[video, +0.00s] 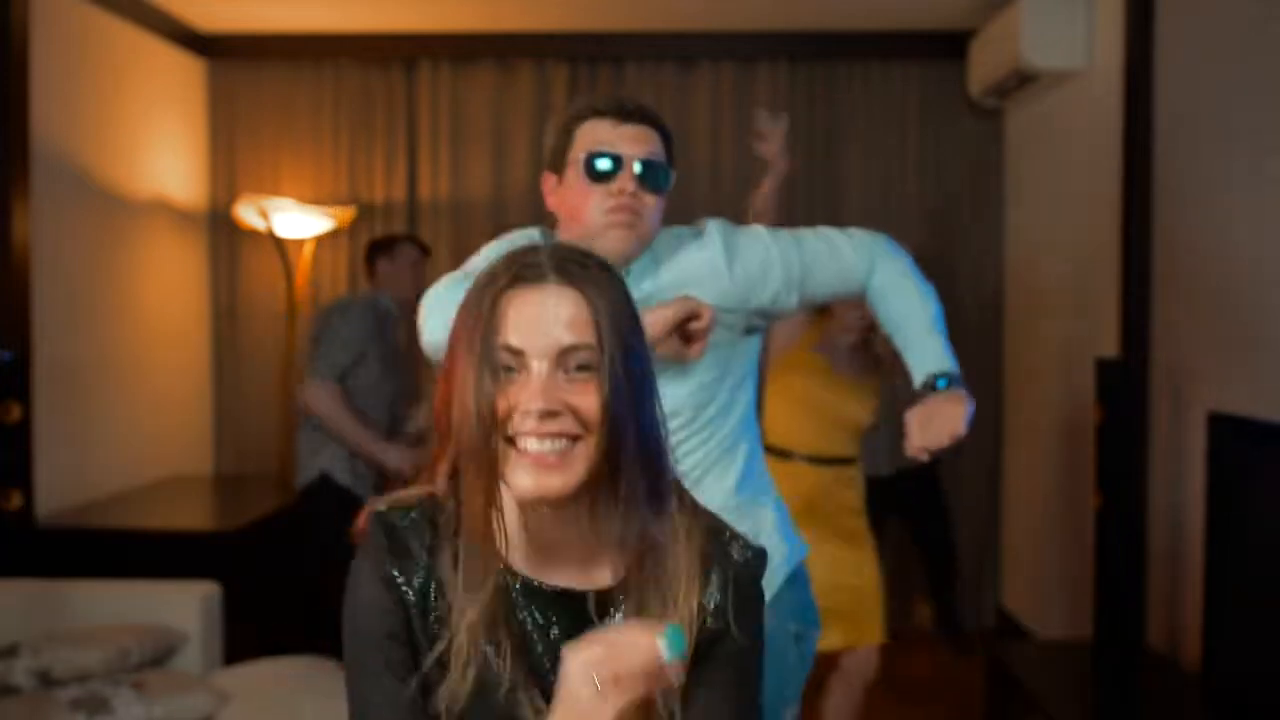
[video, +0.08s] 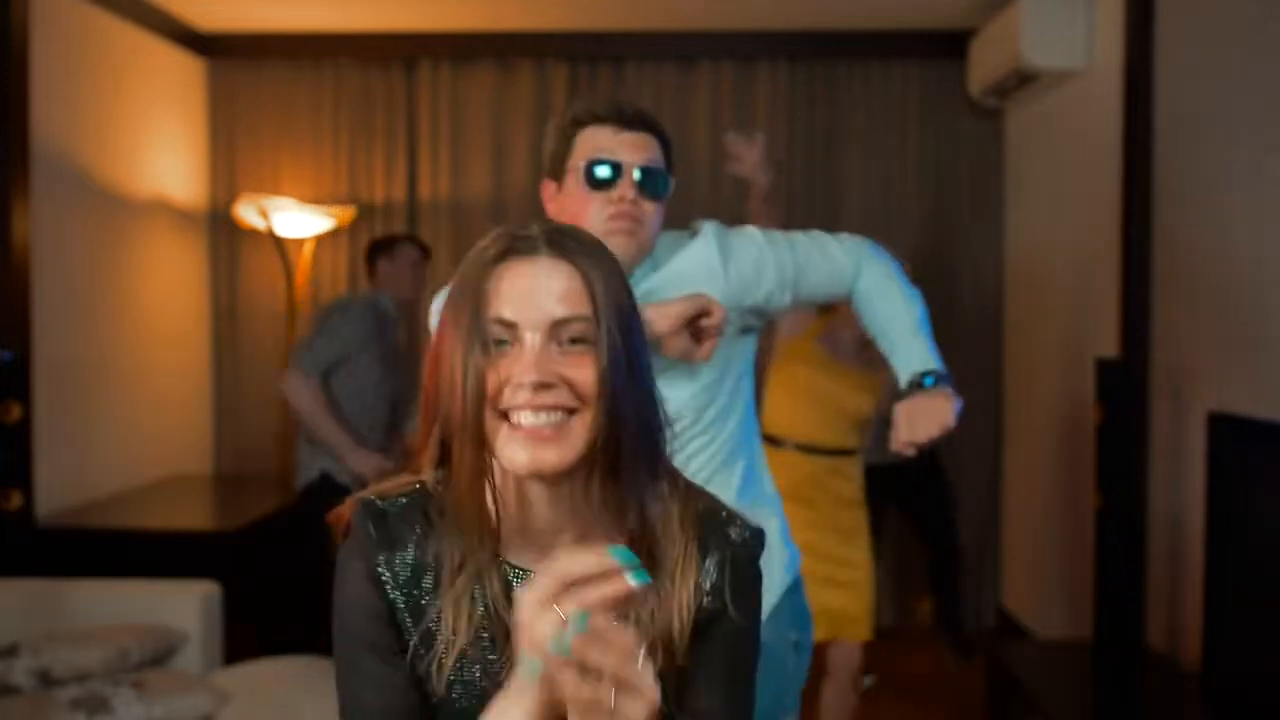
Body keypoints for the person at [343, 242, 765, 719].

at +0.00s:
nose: (541, 402)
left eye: (578, 368)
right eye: (507, 367)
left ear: (625, 387)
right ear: (465, 387)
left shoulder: (716, 571)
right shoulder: (399, 553)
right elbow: (385, 705)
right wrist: (570, 704)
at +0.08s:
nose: (535, 374)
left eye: (572, 340)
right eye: (500, 341)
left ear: (620, 362)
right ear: (457, 366)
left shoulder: (713, 551)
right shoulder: (385, 539)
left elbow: (720, 705)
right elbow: (378, 706)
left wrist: (642, 705)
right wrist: (524, 691)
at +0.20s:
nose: (527, 357)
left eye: (563, 323)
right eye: (488, 326)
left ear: (613, 347)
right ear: (445, 357)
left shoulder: (708, 535)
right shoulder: (376, 537)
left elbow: (714, 705)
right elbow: (364, 705)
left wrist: (629, 702)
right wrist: (469, 675)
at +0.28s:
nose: (523, 357)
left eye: (558, 324)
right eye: (484, 330)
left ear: (608, 352)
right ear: (440, 365)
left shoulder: (705, 539)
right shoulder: (369, 546)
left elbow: (714, 706)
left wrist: (622, 706)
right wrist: (438, 697)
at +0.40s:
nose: (516, 359)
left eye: (549, 328)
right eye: (476, 334)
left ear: (598, 360)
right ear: (432, 376)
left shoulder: (700, 555)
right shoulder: (364, 562)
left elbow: (718, 708)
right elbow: (328, 705)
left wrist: (637, 708)